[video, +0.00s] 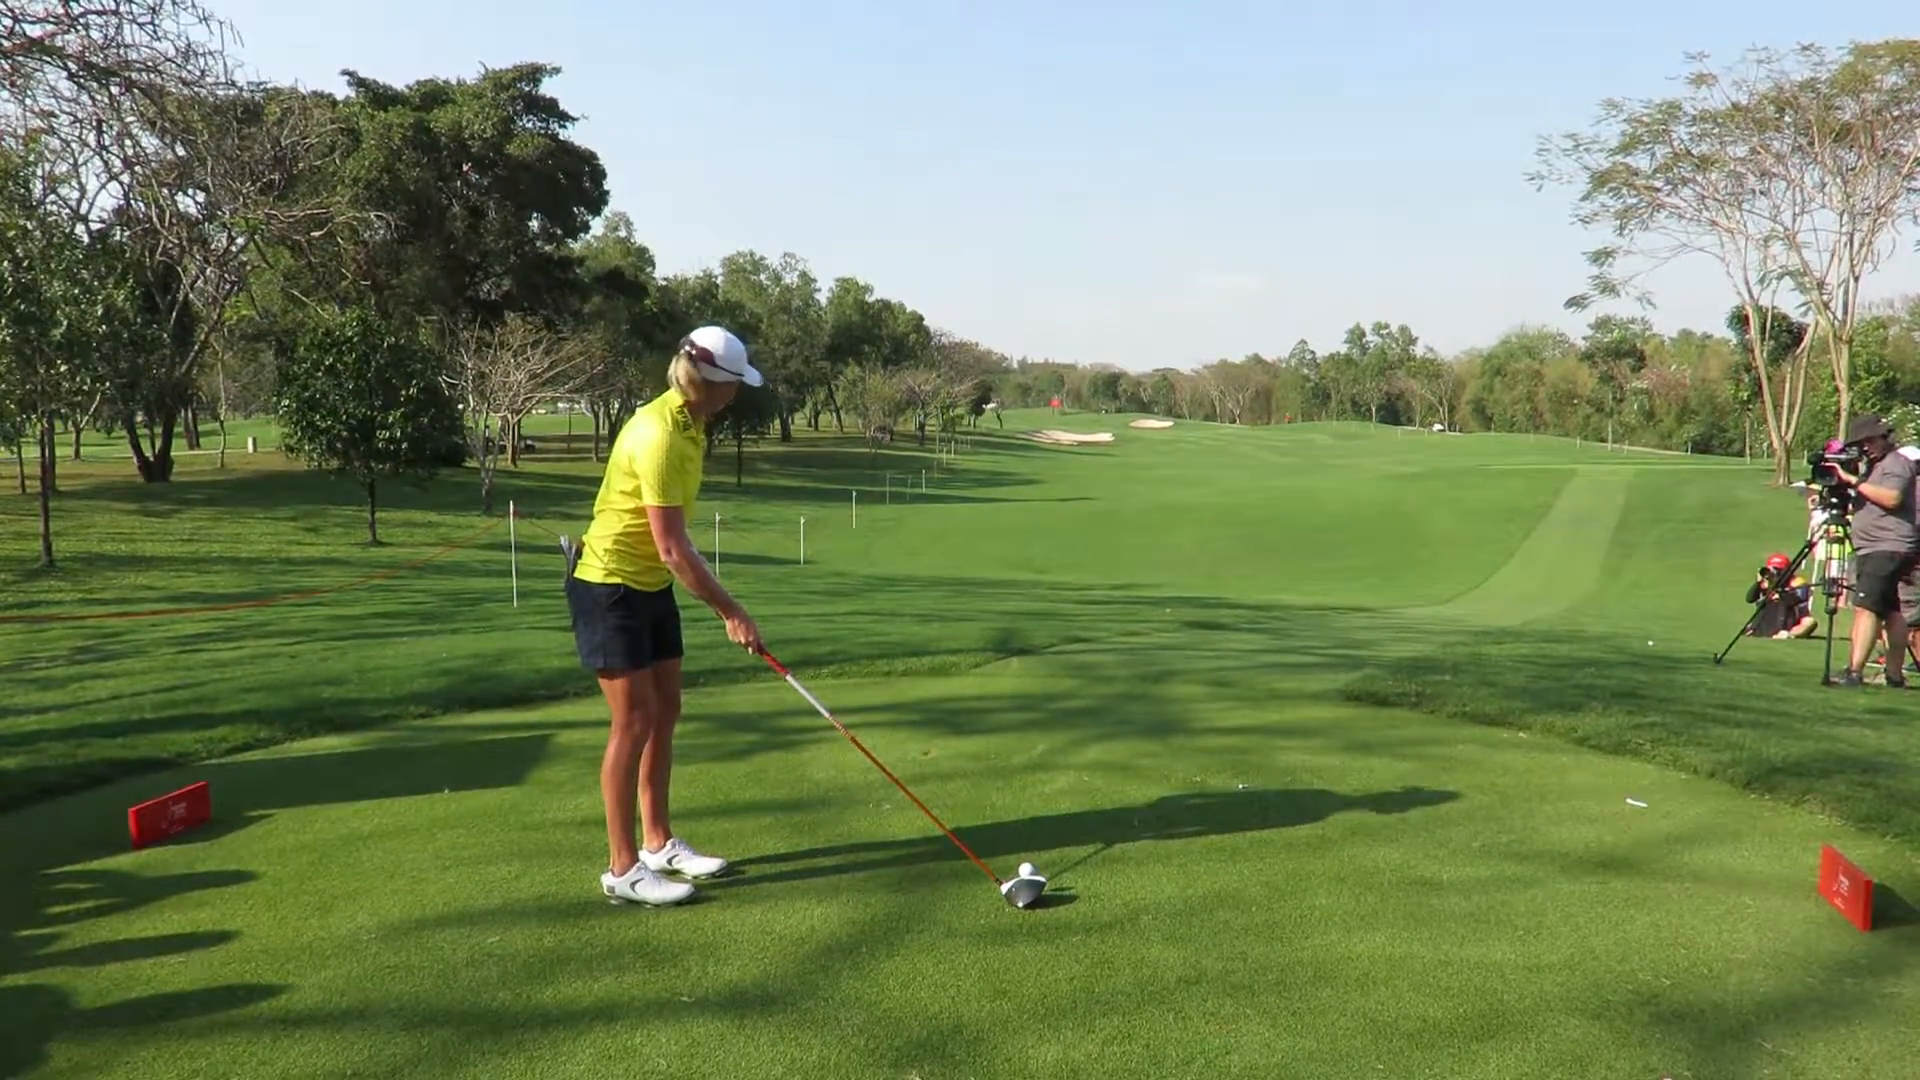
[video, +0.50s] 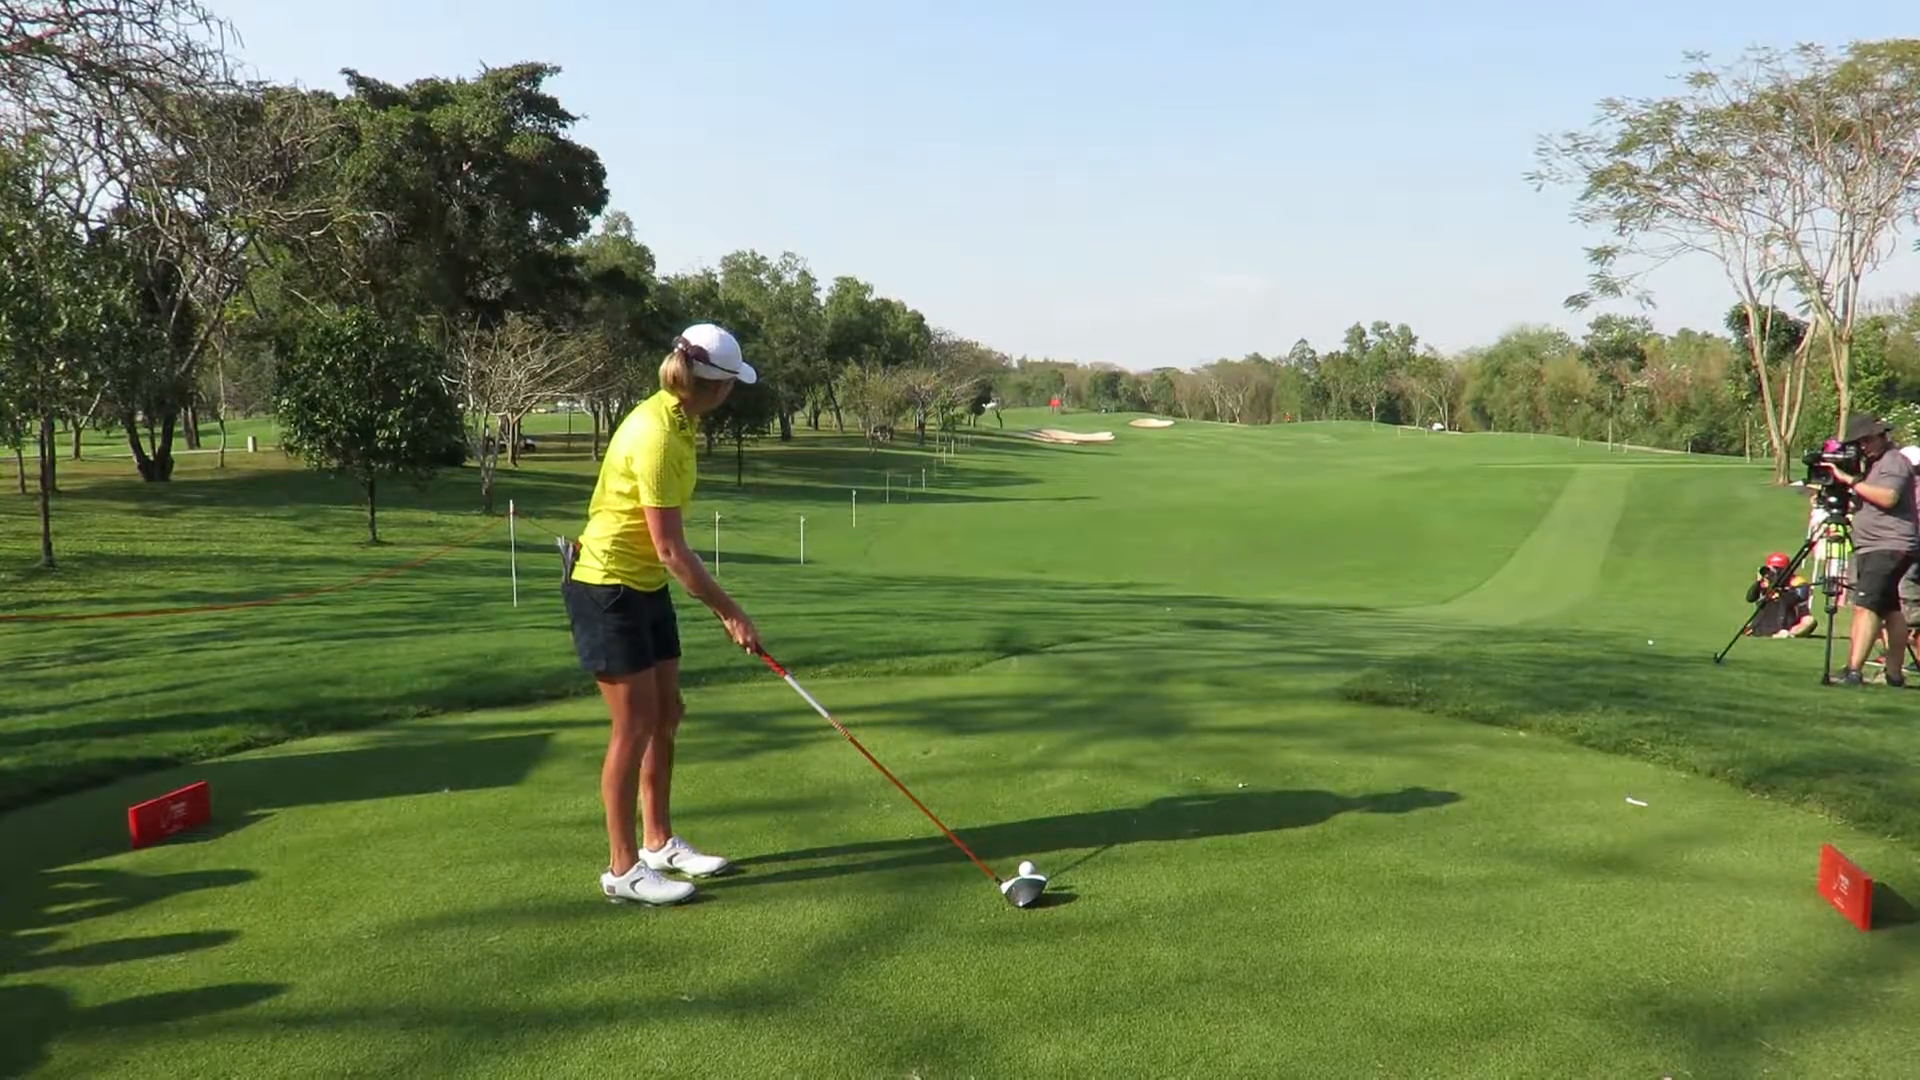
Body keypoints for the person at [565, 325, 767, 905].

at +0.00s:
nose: (736, 394)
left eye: (737, 385)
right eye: (733, 384)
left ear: (700, 380)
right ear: (708, 383)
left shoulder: (690, 429)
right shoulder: (658, 435)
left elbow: (673, 531)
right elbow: (672, 550)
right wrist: (732, 612)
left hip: (653, 583)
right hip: (610, 584)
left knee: (664, 710)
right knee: (633, 720)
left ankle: (657, 844)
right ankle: (621, 868)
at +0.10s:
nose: (733, 395)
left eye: (735, 385)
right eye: (731, 385)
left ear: (696, 381)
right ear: (708, 385)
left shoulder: (687, 429)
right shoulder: (658, 436)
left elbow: (671, 531)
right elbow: (672, 549)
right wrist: (732, 611)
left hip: (652, 583)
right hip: (610, 585)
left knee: (664, 710)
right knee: (632, 721)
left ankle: (657, 843)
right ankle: (622, 868)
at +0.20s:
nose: (733, 394)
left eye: (734, 385)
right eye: (731, 385)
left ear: (691, 376)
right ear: (712, 385)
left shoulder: (684, 428)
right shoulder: (658, 435)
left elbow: (670, 532)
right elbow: (671, 551)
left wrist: (689, 575)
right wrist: (731, 612)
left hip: (650, 583)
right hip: (610, 585)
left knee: (662, 712)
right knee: (633, 723)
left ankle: (657, 844)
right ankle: (621, 869)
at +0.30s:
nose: (733, 394)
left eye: (734, 384)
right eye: (730, 384)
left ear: (690, 376)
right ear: (711, 385)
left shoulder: (683, 428)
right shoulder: (657, 435)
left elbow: (670, 534)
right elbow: (671, 552)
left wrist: (691, 576)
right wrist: (731, 613)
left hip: (650, 583)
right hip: (609, 586)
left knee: (659, 712)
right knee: (633, 721)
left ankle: (656, 843)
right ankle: (621, 869)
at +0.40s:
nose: (732, 394)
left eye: (733, 385)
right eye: (730, 385)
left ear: (689, 376)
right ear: (711, 386)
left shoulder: (682, 428)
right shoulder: (657, 435)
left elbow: (670, 534)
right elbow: (670, 552)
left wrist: (693, 579)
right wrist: (731, 614)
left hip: (649, 584)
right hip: (609, 587)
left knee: (659, 714)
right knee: (634, 724)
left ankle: (656, 843)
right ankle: (622, 870)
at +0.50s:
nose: (731, 393)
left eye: (732, 384)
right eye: (729, 384)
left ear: (685, 375)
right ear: (711, 386)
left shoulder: (676, 426)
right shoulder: (657, 436)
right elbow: (670, 550)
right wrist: (730, 612)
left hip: (647, 585)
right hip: (608, 588)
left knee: (666, 713)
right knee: (634, 721)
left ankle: (658, 844)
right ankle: (623, 869)